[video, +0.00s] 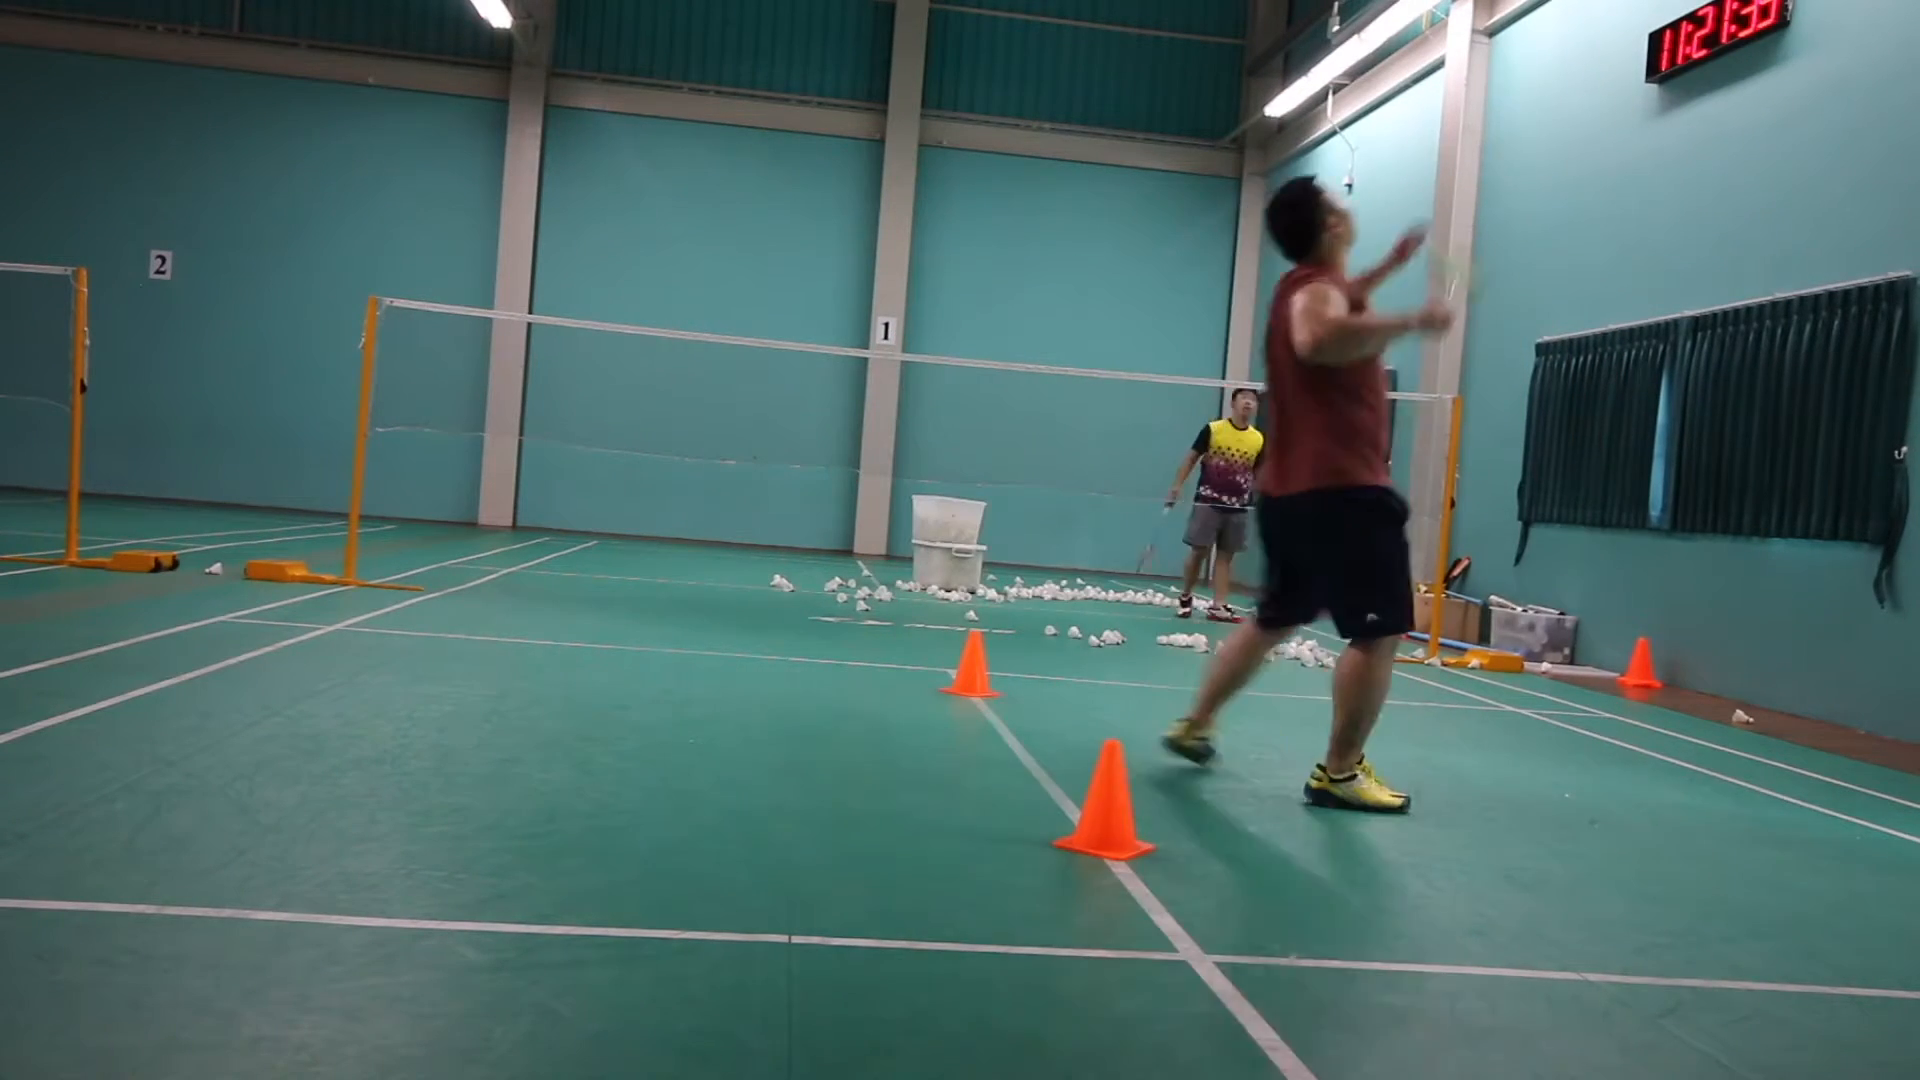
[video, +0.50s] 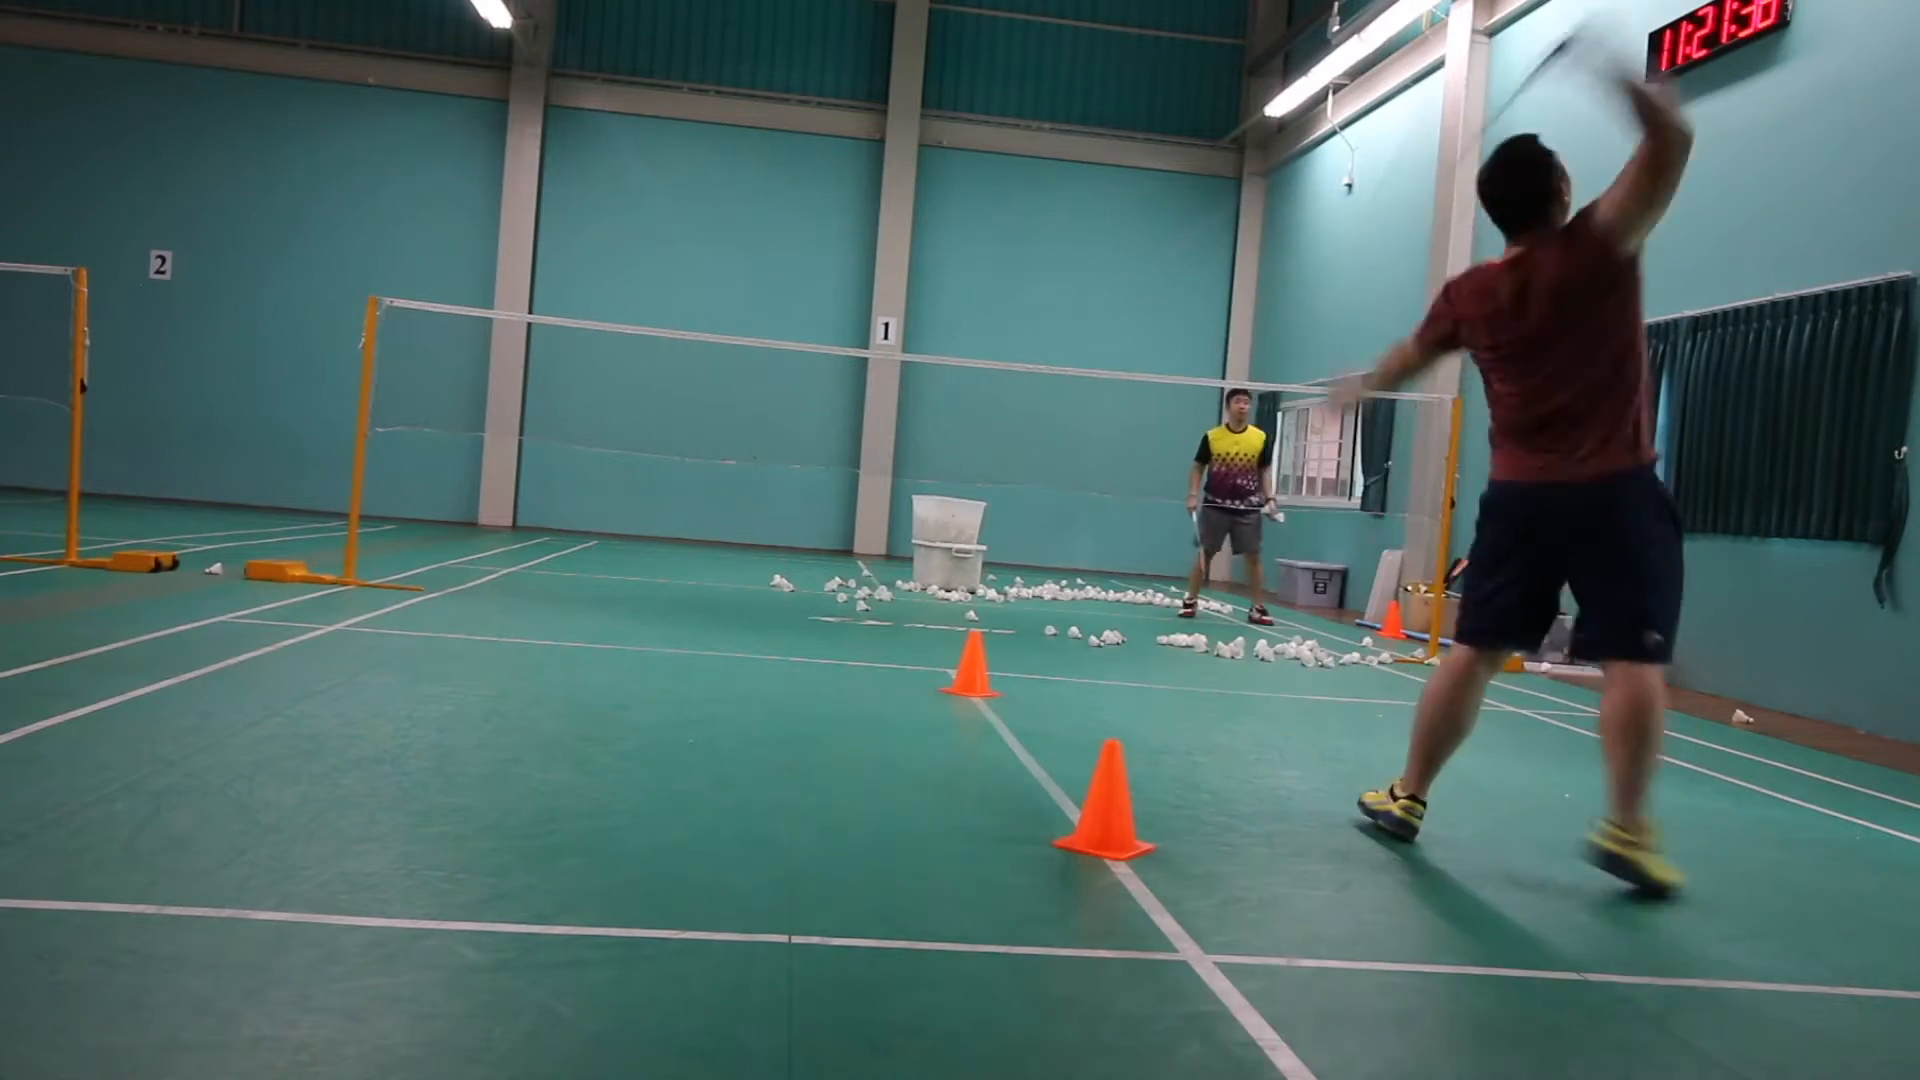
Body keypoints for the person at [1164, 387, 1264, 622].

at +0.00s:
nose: (1248, 403)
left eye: (1252, 400)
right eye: (1244, 398)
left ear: (1256, 407)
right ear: (1233, 403)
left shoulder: (1258, 439)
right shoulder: (1212, 429)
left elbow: (1259, 471)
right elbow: (1192, 458)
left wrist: (1265, 492)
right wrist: (1177, 485)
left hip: (1237, 506)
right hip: (1208, 502)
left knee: (1225, 556)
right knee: (1199, 552)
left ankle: (1219, 604)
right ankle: (1186, 596)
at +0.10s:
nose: (1240, 403)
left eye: (1244, 400)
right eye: (1236, 398)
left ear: (1248, 406)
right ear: (1225, 403)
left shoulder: (1253, 437)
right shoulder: (1205, 431)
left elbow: (1256, 469)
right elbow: (1185, 460)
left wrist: (1269, 491)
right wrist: (1171, 488)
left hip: (1236, 506)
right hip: (1206, 503)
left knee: (1227, 555)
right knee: (1199, 552)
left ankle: (1219, 604)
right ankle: (1190, 599)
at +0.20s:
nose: (1230, 404)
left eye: (1234, 400)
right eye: (1226, 399)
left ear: (1239, 405)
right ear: (1216, 404)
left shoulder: (1246, 436)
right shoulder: (1198, 434)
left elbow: (1251, 467)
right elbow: (1181, 465)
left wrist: (1258, 492)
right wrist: (1169, 496)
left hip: (1235, 507)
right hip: (1204, 505)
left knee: (1239, 550)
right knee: (1199, 553)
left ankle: (1228, 603)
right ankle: (1190, 599)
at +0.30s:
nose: (1228, 404)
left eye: (1232, 401)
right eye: (1223, 400)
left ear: (1237, 406)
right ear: (1214, 404)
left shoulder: (1245, 436)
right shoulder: (1197, 434)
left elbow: (1249, 466)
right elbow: (1183, 465)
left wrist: (1254, 490)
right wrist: (1175, 494)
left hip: (1234, 505)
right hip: (1204, 504)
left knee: (1244, 551)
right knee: (1199, 553)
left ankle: (1248, 603)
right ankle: (1190, 600)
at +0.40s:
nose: (1233, 406)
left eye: (1237, 402)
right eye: (1228, 402)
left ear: (1242, 407)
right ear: (1219, 406)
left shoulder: (1252, 437)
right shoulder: (1203, 436)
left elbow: (1256, 468)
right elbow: (1190, 466)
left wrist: (1259, 494)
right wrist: (1184, 494)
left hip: (1239, 508)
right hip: (1207, 505)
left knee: (1247, 556)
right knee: (1201, 554)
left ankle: (1256, 606)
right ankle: (1190, 600)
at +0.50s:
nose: (1242, 407)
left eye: (1246, 403)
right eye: (1238, 402)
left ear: (1250, 408)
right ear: (1228, 406)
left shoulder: (1261, 438)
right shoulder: (1212, 437)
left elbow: (1265, 470)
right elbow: (1198, 467)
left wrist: (1269, 497)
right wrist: (1193, 494)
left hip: (1248, 509)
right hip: (1216, 506)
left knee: (1254, 558)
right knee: (1204, 555)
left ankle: (1258, 607)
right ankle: (1191, 600)